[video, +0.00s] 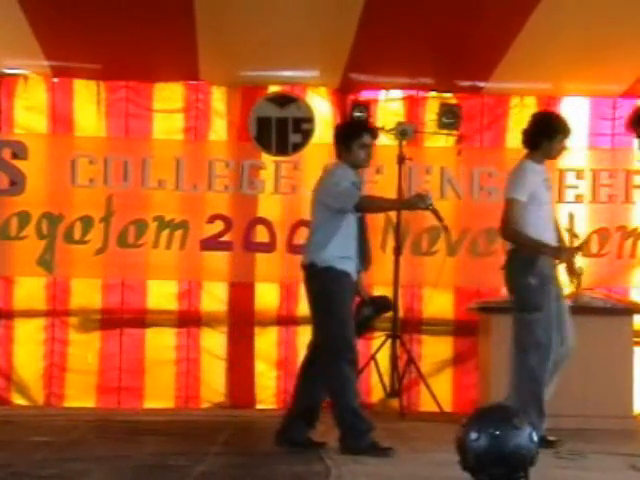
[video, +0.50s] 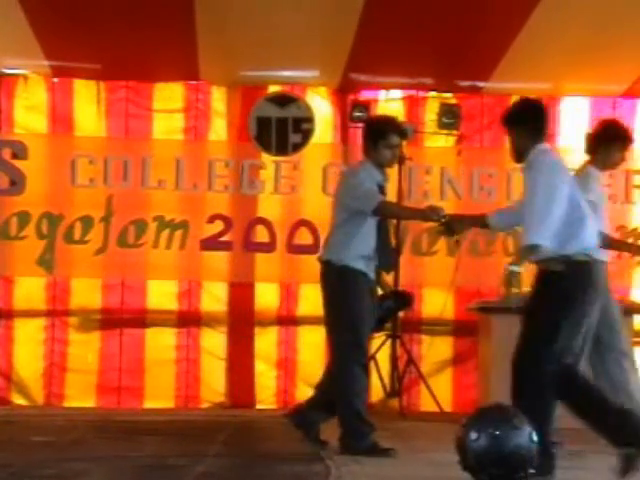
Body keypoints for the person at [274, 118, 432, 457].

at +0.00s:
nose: (368, 153)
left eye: (370, 147)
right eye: (362, 147)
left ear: (368, 149)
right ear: (345, 148)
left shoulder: (346, 180)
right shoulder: (336, 176)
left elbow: (341, 241)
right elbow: (357, 204)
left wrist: (356, 282)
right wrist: (405, 203)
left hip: (337, 273)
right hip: (327, 272)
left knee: (324, 352)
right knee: (341, 353)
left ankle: (294, 429)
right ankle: (355, 436)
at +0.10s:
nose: (378, 152)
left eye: (379, 145)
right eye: (373, 145)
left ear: (362, 147)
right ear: (356, 146)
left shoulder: (353, 179)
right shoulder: (344, 177)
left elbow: (347, 238)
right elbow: (366, 205)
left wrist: (359, 280)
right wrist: (410, 206)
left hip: (344, 272)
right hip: (334, 271)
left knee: (334, 351)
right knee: (345, 352)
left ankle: (298, 424)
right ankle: (355, 436)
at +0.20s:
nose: (382, 152)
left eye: (384, 145)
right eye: (377, 145)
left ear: (374, 147)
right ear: (359, 146)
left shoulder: (359, 180)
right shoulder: (349, 176)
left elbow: (354, 237)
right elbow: (369, 205)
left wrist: (365, 278)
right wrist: (412, 207)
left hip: (349, 272)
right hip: (338, 271)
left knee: (341, 352)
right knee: (348, 353)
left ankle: (301, 421)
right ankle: (355, 436)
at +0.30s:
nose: (388, 153)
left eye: (390, 146)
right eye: (382, 145)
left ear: (387, 148)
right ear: (365, 146)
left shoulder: (366, 181)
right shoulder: (355, 176)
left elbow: (359, 239)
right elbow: (377, 205)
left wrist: (369, 279)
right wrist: (421, 209)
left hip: (354, 272)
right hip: (342, 270)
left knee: (347, 353)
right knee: (351, 353)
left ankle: (305, 419)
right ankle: (356, 436)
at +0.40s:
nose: (393, 154)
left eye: (394, 147)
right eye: (387, 146)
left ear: (387, 148)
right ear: (370, 147)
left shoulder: (367, 181)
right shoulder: (358, 177)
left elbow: (361, 239)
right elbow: (379, 206)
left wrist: (373, 277)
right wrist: (422, 211)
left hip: (355, 271)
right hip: (344, 270)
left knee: (350, 354)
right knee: (352, 354)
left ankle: (307, 417)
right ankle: (356, 437)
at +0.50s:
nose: (398, 155)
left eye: (399, 148)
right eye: (393, 147)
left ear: (385, 149)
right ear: (374, 146)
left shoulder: (369, 181)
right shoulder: (359, 178)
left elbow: (363, 239)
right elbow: (381, 208)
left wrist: (374, 281)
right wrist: (422, 214)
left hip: (356, 272)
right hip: (344, 270)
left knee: (352, 353)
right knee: (353, 353)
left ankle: (309, 415)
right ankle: (356, 436)